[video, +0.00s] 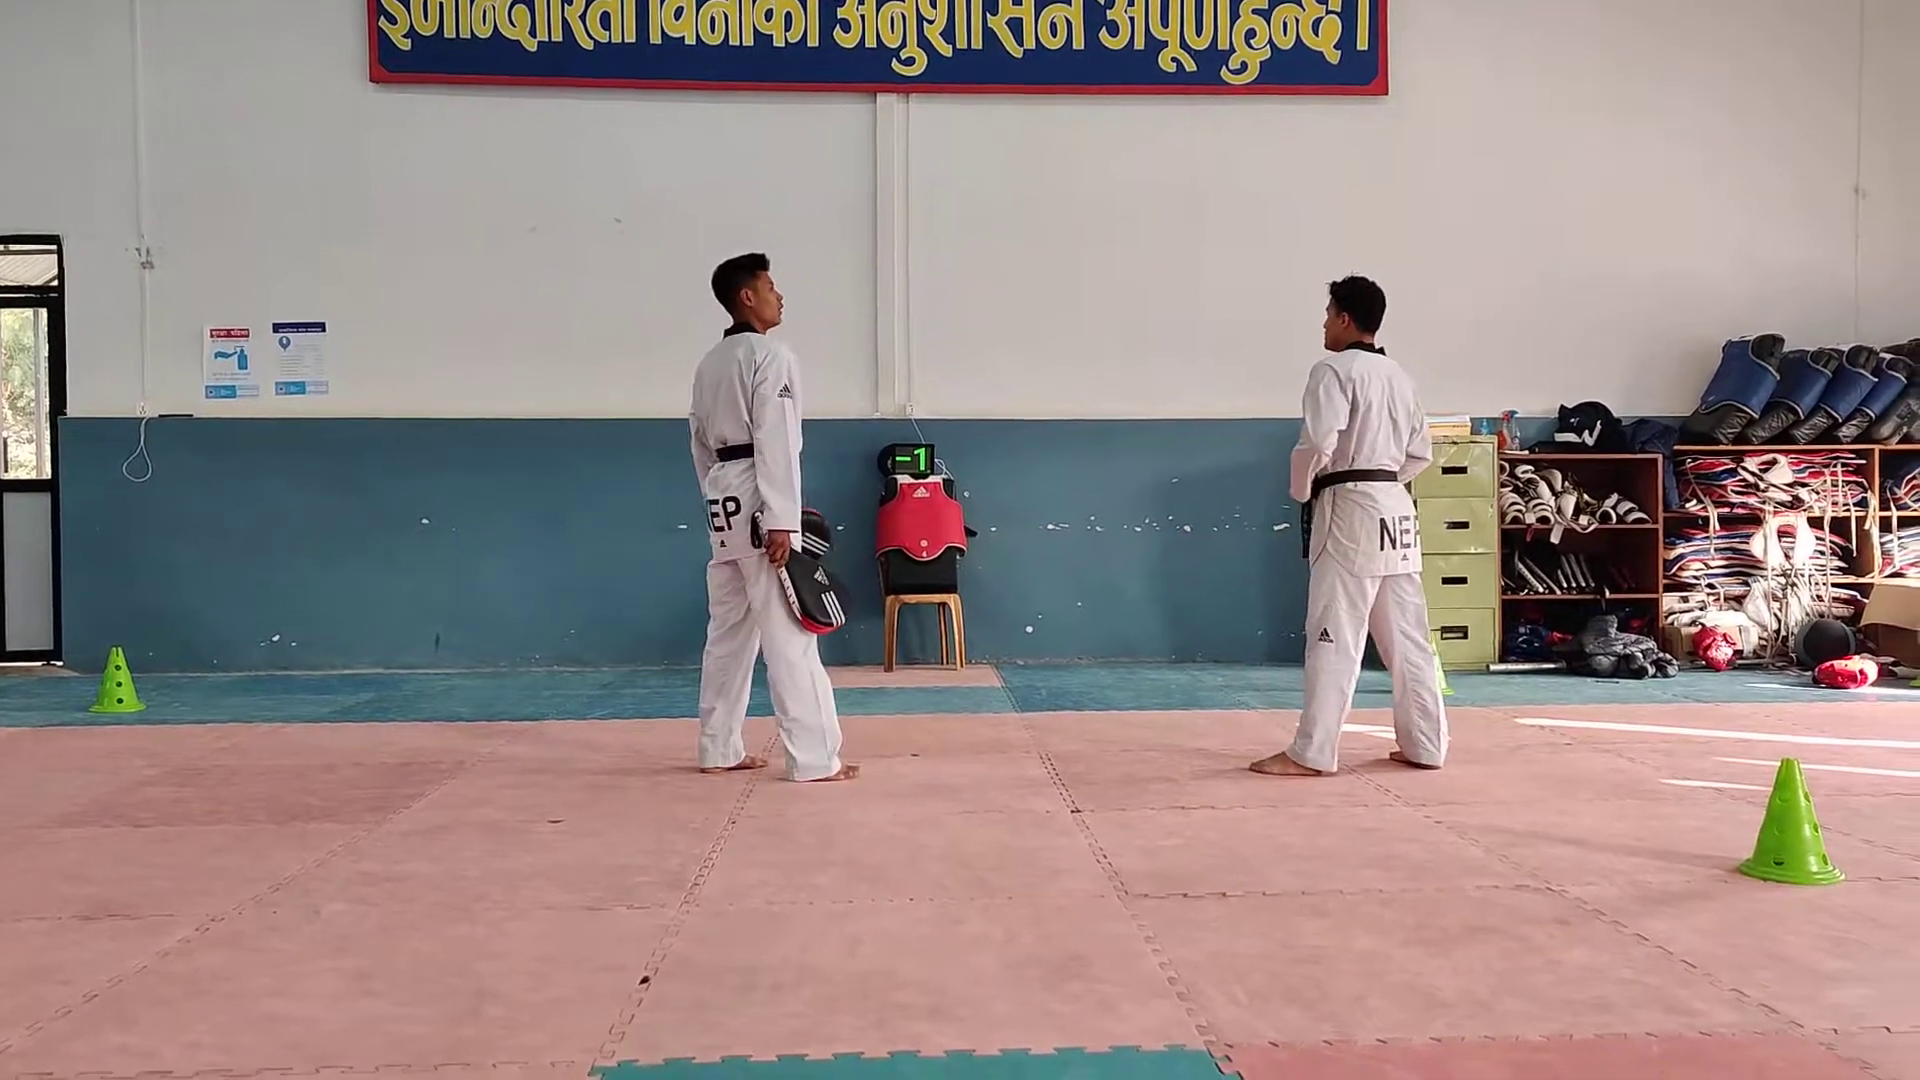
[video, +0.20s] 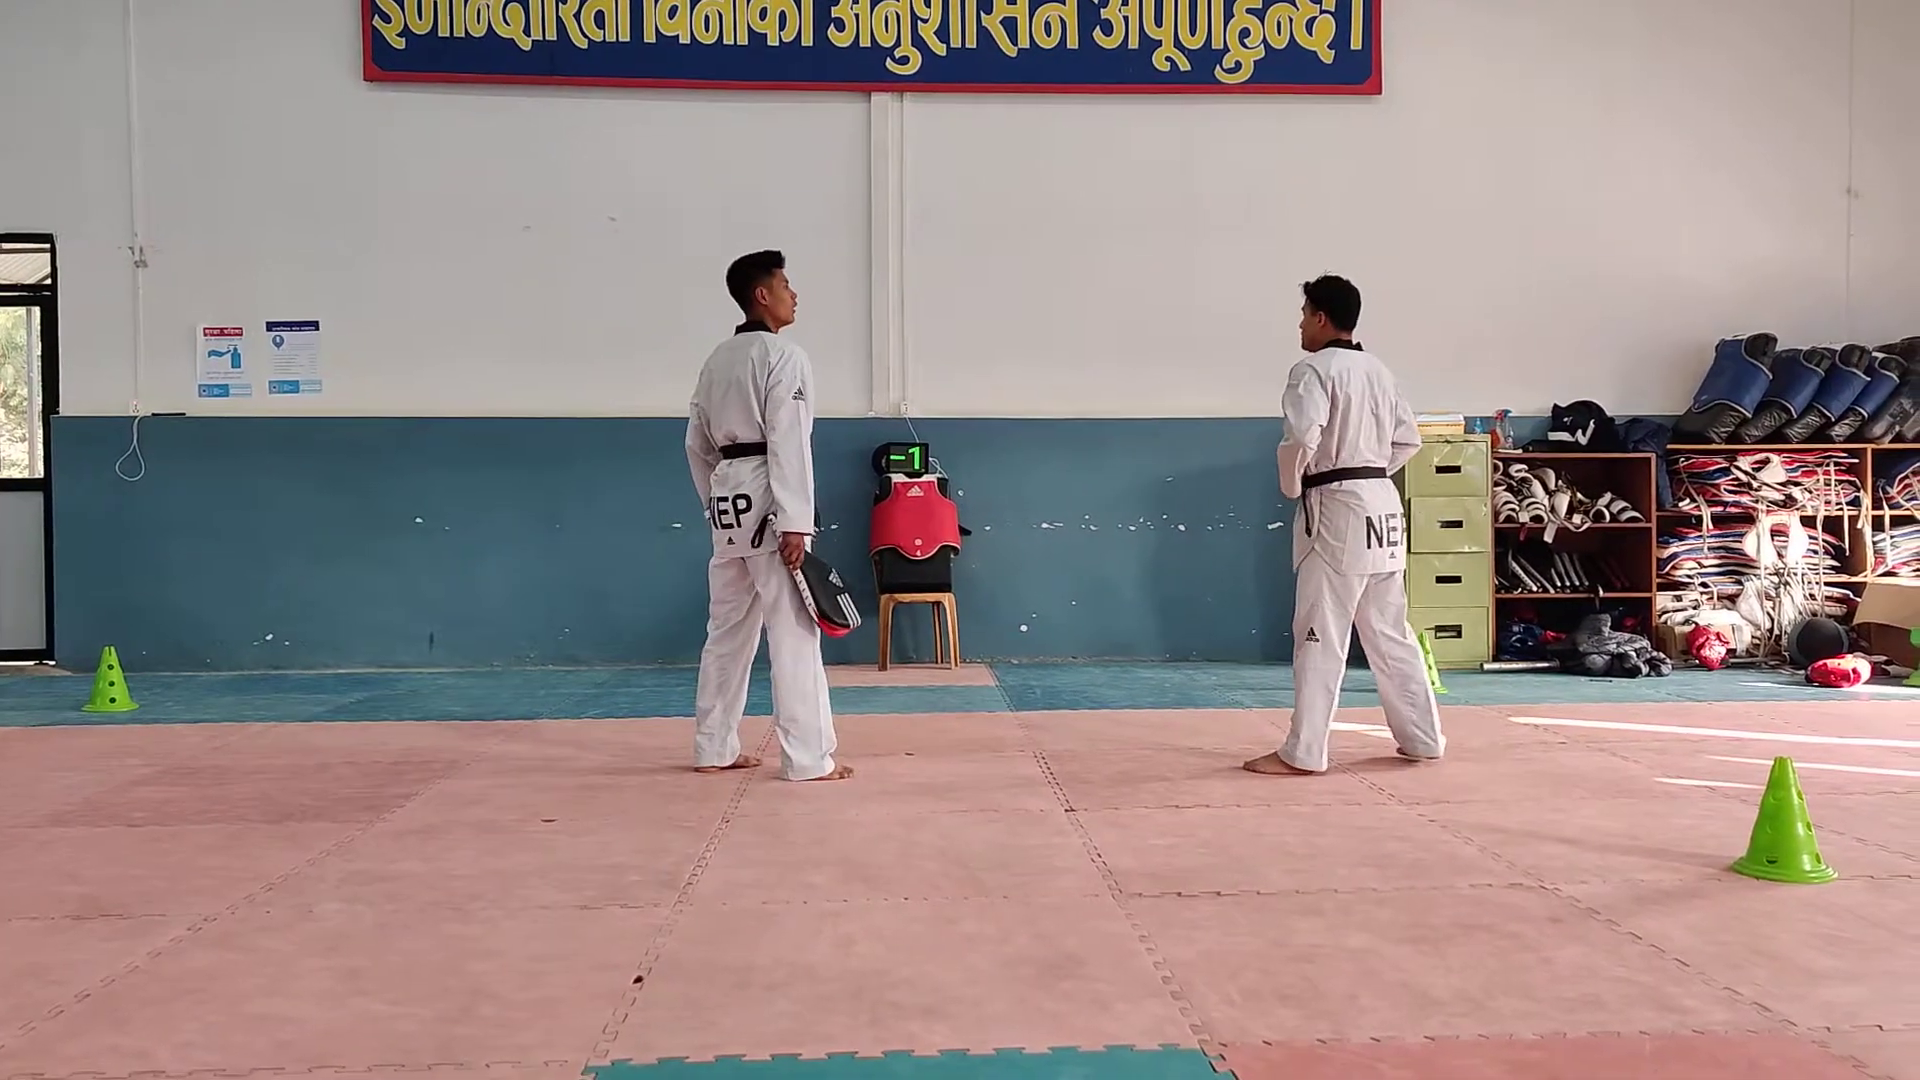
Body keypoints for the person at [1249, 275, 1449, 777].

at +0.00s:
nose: (1324, 322)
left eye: (1330, 313)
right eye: (1327, 312)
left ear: (1346, 319)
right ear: (1371, 324)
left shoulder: (1332, 369)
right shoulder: (1398, 376)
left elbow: (1316, 442)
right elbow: (1421, 451)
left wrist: (1299, 491)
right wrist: (1382, 483)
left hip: (1349, 508)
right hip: (1398, 508)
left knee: (1333, 633)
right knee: (1409, 635)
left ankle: (1313, 752)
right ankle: (1424, 746)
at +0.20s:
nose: (1300, 323)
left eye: (1304, 314)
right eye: (1302, 313)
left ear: (1321, 318)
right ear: (1346, 321)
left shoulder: (1313, 367)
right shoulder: (1378, 370)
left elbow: (1300, 435)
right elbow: (1408, 438)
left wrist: (1290, 484)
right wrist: (1370, 472)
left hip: (1338, 507)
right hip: (1387, 505)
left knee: (1319, 631)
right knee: (1389, 629)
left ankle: (1304, 751)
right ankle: (1422, 740)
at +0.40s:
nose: (1304, 330)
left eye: (1311, 321)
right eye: (1306, 320)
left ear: (1337, 326)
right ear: (1347, 329)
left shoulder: (1325, 374)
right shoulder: (1385, 379)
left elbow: (1320, 440)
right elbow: (1412, 451)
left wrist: (1294, 492)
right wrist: (1373, 484)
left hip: (1345, 512)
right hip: (1390, 510)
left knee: (1308, 633)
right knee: (1402, 632)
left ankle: (1297, 751)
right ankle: (1443, 736)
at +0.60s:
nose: (1303, 334)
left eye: (1312, 324)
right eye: (1305, 324)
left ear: (1343, 330)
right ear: (1347, 333)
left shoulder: (1329, 381)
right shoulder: (1386, 384)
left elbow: (1337, 453)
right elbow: (1415, 454)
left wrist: (1305, 494)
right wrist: (1372, 485)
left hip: (1349, 517)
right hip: (1394, 515)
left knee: (1310, 635)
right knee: (1406, 635)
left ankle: (1284, 752)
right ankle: (1436, 742)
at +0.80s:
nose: (1286, 334)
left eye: (1294, 325)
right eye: (1288, 324)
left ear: (1324, 332)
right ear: (1326, 334)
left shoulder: (1318, 380)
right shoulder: (1363, 389)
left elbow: (1334, 451)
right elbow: (1387, 463)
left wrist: (1284, 473)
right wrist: (1350, 497)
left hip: (1335, 516)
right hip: (1375, 517)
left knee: (1294, 635)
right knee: (1393, 637)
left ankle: (1276, 753)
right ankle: (1432, 742)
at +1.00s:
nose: (1258, 362)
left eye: (1267, 354)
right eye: (1261, 353)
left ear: (1297, 363)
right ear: (1291, 364)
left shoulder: (1313, 411)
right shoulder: (1272, 426)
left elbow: (1351, 451)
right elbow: (1242, 476)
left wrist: (1287, 419)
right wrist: (1188, 456)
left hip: (1308, 545)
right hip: (1325, 545)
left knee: (1236, 642)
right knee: (1382, 654)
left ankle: (1244, 759)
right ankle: (1439, 752)